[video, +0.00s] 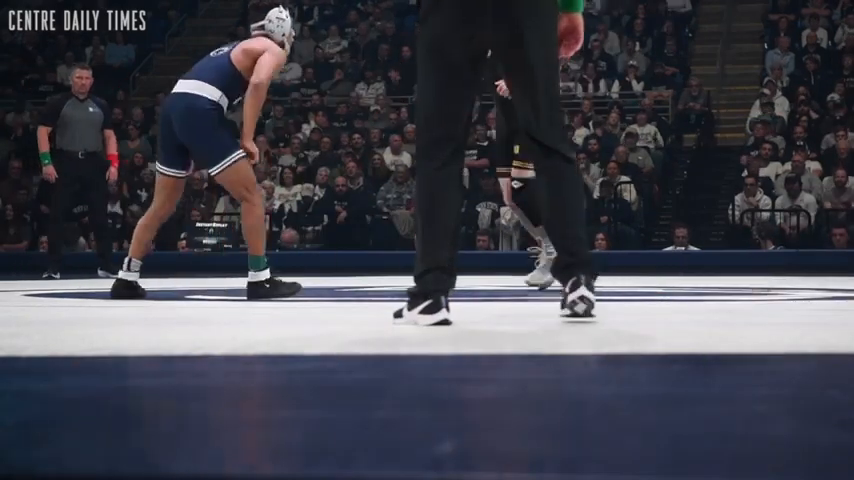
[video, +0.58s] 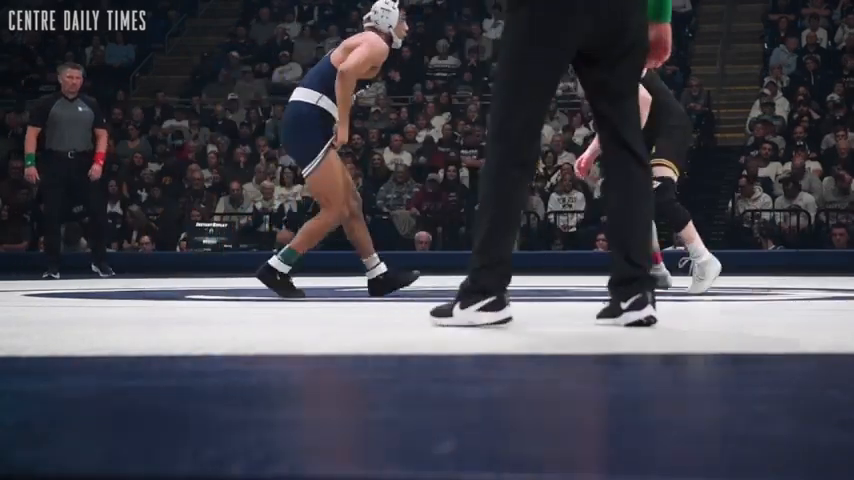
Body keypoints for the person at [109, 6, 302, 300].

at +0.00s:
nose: (288, 50)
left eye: (288, 46)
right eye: (289, 44)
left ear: (259, 32)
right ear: (286, 37)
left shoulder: (235, 47)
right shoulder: (273, 49)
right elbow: (258, 82)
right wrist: (247, 137)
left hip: (171, 113)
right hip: (201, 114)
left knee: (162, 204)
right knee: (252, 196)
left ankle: (127, 276)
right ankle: (260, 279)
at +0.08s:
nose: (305, 47)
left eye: (307, 41)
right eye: (307, 41)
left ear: (279, 30)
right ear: (302, 36)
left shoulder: (252, 49)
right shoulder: (287, 52)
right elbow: (271, 97)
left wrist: (208, 162)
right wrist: (267, 151)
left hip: (187, 118)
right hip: (215, 118)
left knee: (184, 205)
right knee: (266, 198)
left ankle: (134, 270)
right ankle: (262, 280)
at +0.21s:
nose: (334, 33)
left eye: (334, 27)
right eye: (333, 27)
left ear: (302, 22)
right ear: (325, 27)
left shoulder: (281, 43)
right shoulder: (306, 47)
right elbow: (292, 102)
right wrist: (289, 157)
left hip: (214, 121)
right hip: (236, 122)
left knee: (230, 205)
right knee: (282, 200)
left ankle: (165, 253)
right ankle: (264, 279)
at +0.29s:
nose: (347, 25)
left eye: (347, 20)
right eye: (345, 19)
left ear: (315, 18)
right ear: (335, 20)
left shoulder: (294, 40)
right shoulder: (319, 44)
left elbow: (274, 105)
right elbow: (304, 101)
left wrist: (285, 148)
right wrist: (300, 154)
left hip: (234, 117)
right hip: (250, 119)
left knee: (265, 202)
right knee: (292, 203)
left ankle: (202, 247)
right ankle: (265, 279)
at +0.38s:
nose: (359, 21)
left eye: (359, 17)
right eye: (357, 16)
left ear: (327, 16)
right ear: (347, 17)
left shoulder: (309, 37)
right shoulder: (333, 40)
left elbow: (289, 100)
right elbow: (317, 98)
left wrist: (305, 144)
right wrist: (312, 152)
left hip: (255, 115)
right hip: (265, 117)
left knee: (290, 196)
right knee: (298, 204)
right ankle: (266, 279)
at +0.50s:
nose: (387, 19)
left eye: (386, 13)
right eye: (383, 13)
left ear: (356, 15)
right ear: (370, 14)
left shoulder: (339, 35)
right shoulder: (359, 37)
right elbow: (336, 83)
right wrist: (328, 138)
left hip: (290, 118)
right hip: (290, 119)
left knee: (332, 195)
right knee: (309, 207)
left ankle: (345, 271)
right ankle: (267, 276)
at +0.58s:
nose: (407, 27)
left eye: (405, 21)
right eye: (403, 21)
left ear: (376, 21)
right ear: (391, 22)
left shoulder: (361, 41)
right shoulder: (376, 44)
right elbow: (346, 72)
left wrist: (337, 125)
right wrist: (344, 124)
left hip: (306, 122)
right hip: (306, 122)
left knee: (351, 203)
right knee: (335, 209)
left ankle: (378, 274)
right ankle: (278, 267)